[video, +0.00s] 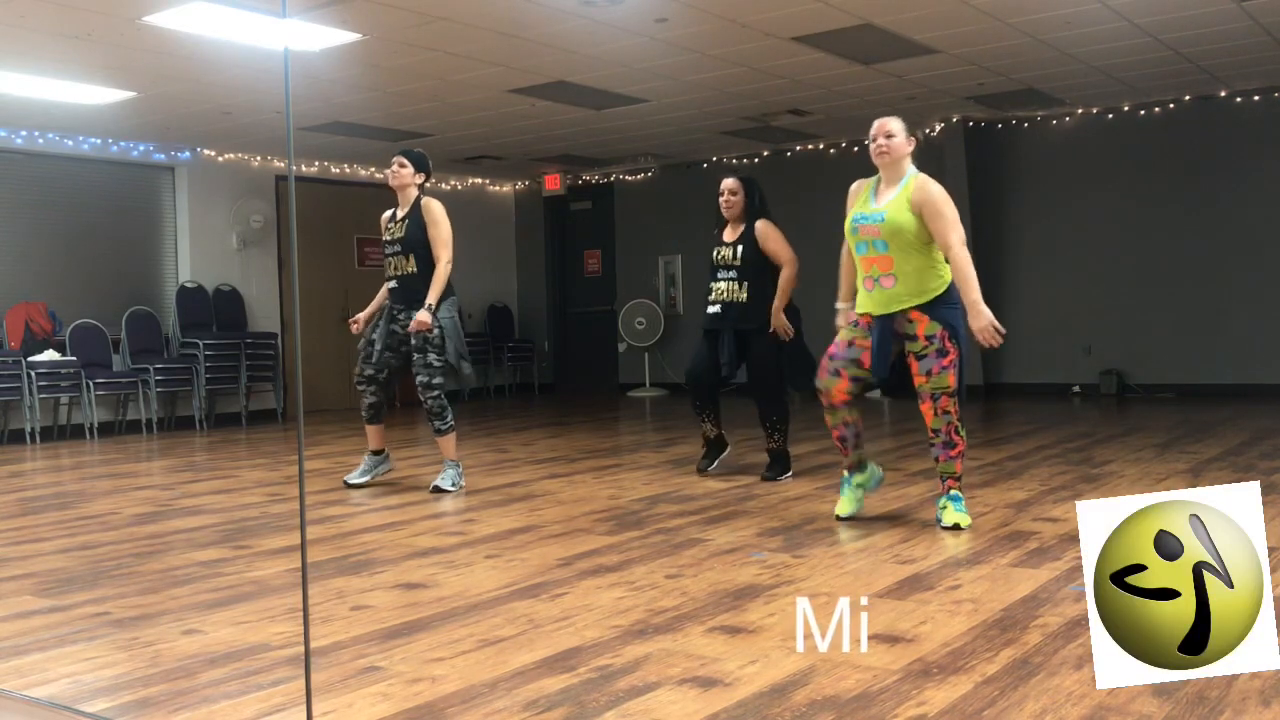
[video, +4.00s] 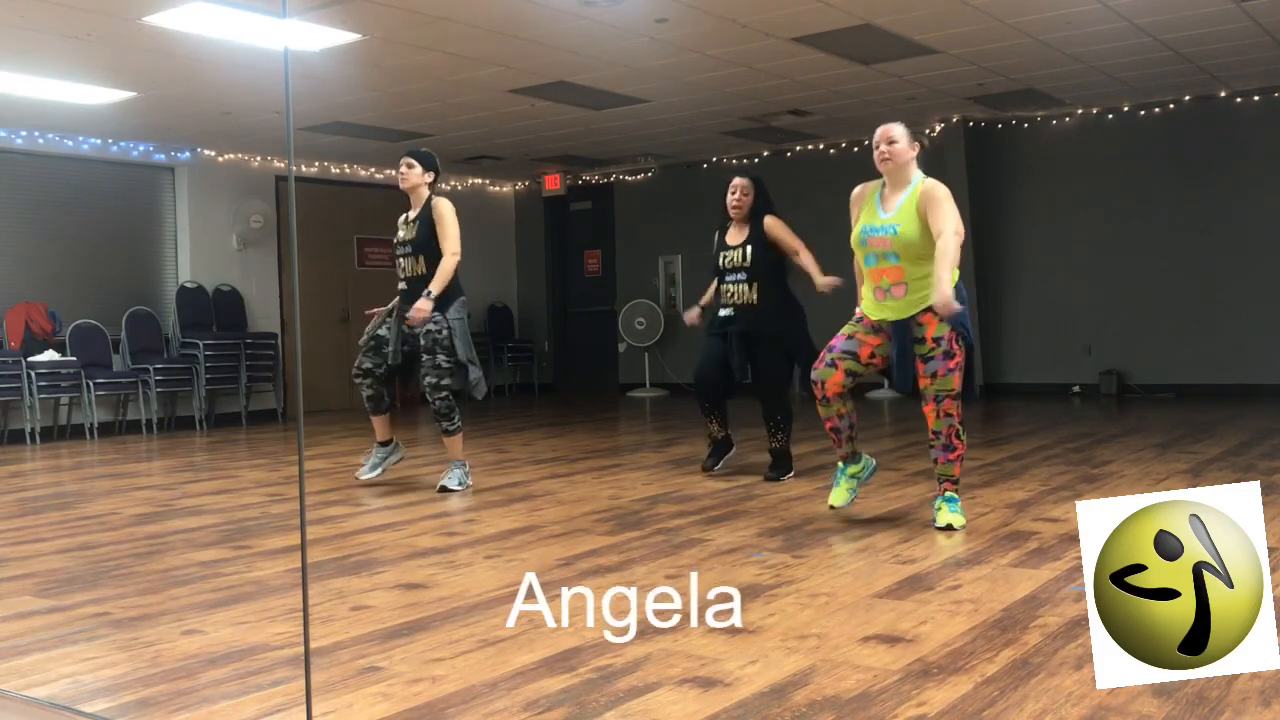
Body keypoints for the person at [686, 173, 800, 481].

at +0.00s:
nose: (725, 199)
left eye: (732, 193)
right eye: (722, 194)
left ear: (748, 197)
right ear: (718, 200)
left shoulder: (761, 228)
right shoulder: (722, 233)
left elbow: (790, 263)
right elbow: (729, 277)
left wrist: (778, 309)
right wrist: (720, 312)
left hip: (760, 326)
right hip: (724, 327)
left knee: (767, 388)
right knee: (698, 378)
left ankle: (779, 459)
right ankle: (714, 442)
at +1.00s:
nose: (716, 200)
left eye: (722, 194)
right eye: (711, 196)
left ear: (737, 199)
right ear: (705, 204)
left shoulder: (749, 235)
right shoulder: (692, 235)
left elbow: (752, 267)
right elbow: (676, 277)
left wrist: (740, 227)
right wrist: (675, 319)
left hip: (749, 323)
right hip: (706, 328)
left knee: (745, 365)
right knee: (713, 391)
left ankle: (762, 432)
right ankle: (722, 454)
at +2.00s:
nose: (723, 199)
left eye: (730, 194)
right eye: (719, 195)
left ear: (744, 200)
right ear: (714, 201)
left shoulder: (762, 237)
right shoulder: (702, 235)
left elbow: (787, 274)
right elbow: (685, 267)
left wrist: (792, 314)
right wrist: (671, 297)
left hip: (758, 327)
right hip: (716, 329)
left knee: (751, 372)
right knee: (718, 392)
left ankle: (772, 435)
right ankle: (725, 454)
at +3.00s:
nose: (738, 200)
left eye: (746, 195)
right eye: (735, 194)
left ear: (759, 201)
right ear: (730, 200)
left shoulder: (774, 228)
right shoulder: (728, 239)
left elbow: (808, 251)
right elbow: (716, 284)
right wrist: (698, 259)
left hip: (775, 326)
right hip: (737, 326)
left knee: (774, 388)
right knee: (705, 368)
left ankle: (780, 458)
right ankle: (721, 428)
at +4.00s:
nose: (736, 198)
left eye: (744, 193)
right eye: (732, 192)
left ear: (756, 199)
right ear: (726, 198)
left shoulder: (767, 224)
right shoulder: (722, 235)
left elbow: (798, 250)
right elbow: (723, 277)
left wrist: (818, 277)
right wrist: (701, 306)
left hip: (769, 327)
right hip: (729, 328)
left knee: (772, 390)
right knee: (706, 380)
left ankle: (781, 458)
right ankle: (720, 441)